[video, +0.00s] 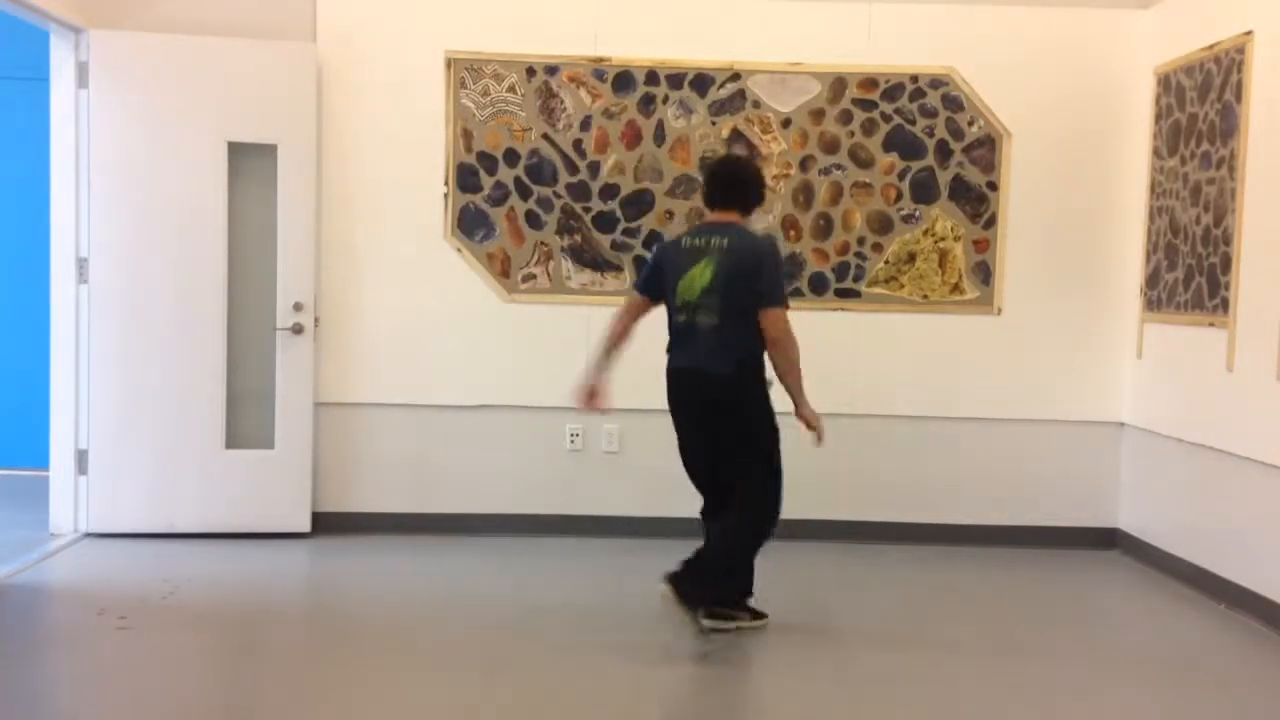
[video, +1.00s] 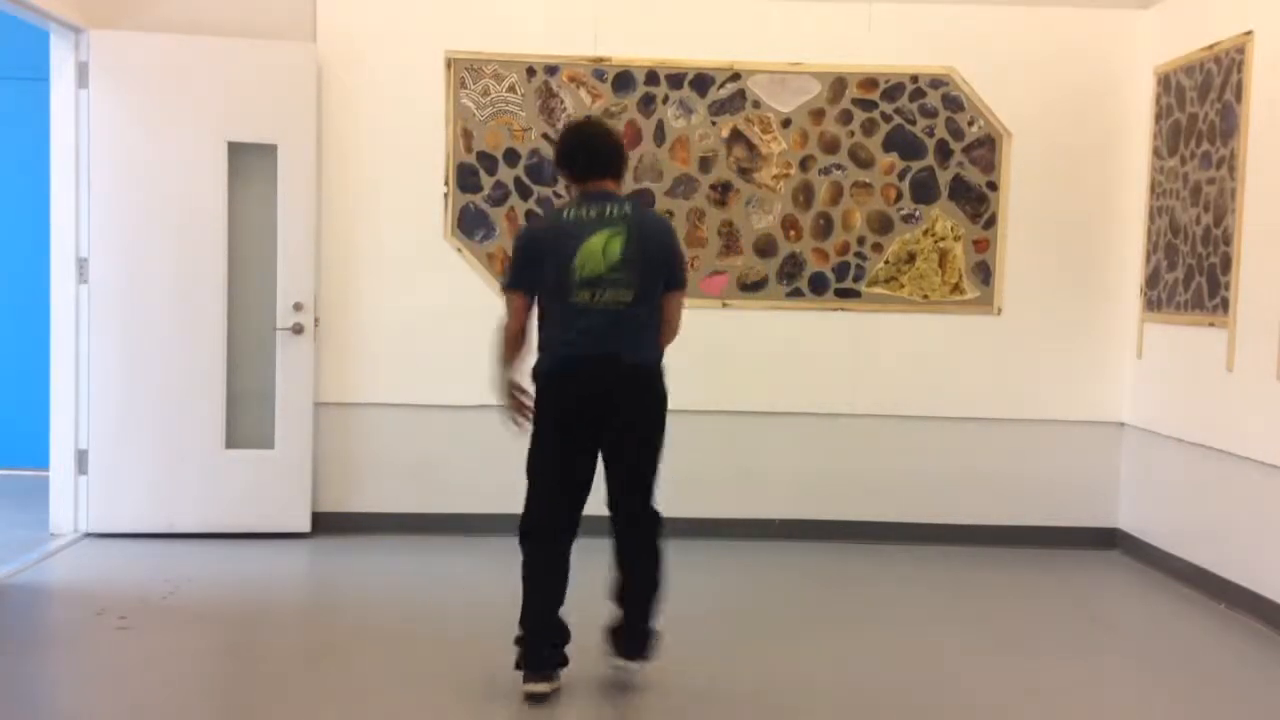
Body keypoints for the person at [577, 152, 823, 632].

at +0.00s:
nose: (759, 201)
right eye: (758, 194)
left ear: (707, 195)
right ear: (755, 199)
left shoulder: (674, 248)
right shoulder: (758, 250)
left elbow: (628, 314)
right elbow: (776, 333)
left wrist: (599, 372)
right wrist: (799, 399)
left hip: (684, 390)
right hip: (738, 389)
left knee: (721, 493)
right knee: (761, 497)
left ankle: (724, 599)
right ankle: (697, 581)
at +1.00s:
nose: (566, 176)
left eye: (565, 167)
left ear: (563, 172)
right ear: (621, 167)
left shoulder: (541, 234)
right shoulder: (656, 229)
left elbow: (517, 322)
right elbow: (669, 322)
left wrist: (508, 374)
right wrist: (631, 355)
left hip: (564, 389)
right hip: (637, 390)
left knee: (548, 519)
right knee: (635, 510)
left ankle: (540, 659)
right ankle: (634, 637)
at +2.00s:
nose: (780, 170)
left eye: (782, 161)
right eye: (782, 161)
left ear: (790, 167)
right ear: (849, 167)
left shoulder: (783, 245)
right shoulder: (882, 231)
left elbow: (749, 349)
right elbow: (884, 311)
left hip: (824, 420)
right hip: (895, 414)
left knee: (792, 567)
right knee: (911, 556)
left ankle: (802, 704)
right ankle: (964, 703)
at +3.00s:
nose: (741, 169)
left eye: (741, 159)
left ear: (743, 162)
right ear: (810, 159)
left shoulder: (716, 233)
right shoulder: (847, 234)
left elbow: (660, 324)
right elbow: (886, 338)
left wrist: (714, 351)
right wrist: (833, 362)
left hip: (709, 417)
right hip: (791, 424)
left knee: (643, 536)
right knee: (798, 584)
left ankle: (573, 664)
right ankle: (793, 711)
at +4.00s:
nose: (416, 203)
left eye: (416, 194)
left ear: (418, 200)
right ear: (476, 199)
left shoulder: (395, 265)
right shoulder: (507, 272)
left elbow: (325, 335)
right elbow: (539, 366)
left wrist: (276, 312)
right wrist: (555, 439)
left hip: (397, 430)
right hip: (465, 435)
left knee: (351, 543)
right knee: (414, 533)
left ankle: (400, 649)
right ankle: (390, 644)